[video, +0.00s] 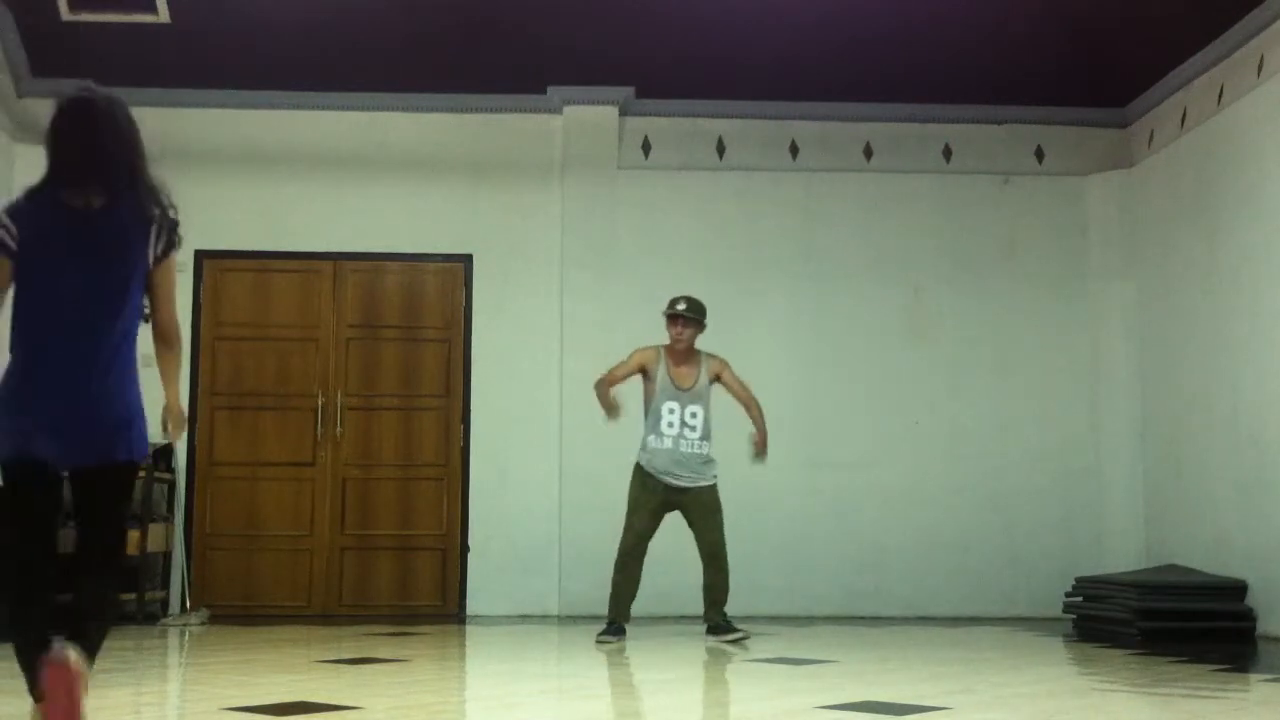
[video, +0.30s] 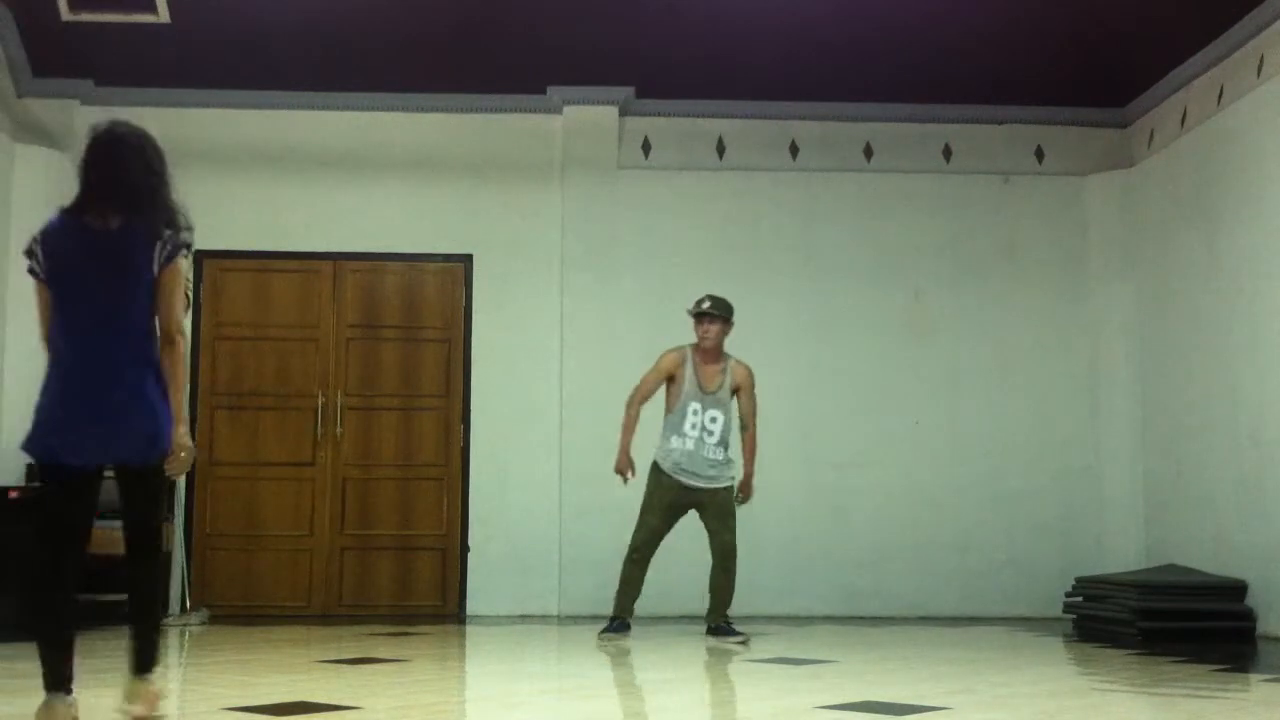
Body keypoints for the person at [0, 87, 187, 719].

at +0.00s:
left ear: (56, 146)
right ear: (127, 147)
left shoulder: (24, 216)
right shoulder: (150, 219)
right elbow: (165, 324)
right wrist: (173, 395)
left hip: (27, 405)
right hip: (110, 408)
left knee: (25, 550)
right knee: (105, 544)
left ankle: (46, 693)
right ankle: (75, 651)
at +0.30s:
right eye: (146, 168)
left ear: (87, 170)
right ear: (150, 174)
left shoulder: (52, 237)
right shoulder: (162, 234)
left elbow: (49, 334)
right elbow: (171, 333)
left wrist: (76, 386)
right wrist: (180, 421)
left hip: (69, 405)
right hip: (140, 408)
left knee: (60, 546)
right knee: (147, 542)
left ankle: (58, 694)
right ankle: (144, 679)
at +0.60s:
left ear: (126, 207)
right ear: (185, 208)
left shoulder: (97, 268)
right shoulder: (200, 267)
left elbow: (90, 359)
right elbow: (208, 358)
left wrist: (108, 412)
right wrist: (221, 440)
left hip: (118, 433)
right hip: (184, 430)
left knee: (124, 547)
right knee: (177, 558)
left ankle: (110, 616)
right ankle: (158, 684)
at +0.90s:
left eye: (164, 233)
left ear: (160, 239)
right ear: (214, 238)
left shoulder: (139, 292)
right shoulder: (232, 294)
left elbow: (114, 364)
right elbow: (252, 370)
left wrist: (89, 429)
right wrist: (254, 415)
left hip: (146, 446)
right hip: (205, 445)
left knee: (160, 554)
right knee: (179, 554)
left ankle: (180, 660)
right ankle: (154, 670)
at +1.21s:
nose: (179, 248)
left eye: (183, 241)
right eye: (182, 239)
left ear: (194, 248)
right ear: (234, 248)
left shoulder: (175, 301)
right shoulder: (256, 306)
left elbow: (156, 379)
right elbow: (262, 382)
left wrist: (135, 439)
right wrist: (264, 442)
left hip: (177, 440)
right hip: (235, 440)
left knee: (175, 546)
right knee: (211, 535)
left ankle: (182, 664)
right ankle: (217, 611)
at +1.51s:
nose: (211, 276)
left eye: (218, 269)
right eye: (213, 269)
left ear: (238, 274)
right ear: (249, 275)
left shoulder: (240, 324)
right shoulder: (261, 325)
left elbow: (217, 382)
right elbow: (269, 397)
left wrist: (194, 419)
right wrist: (273, 456)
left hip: (230, 450)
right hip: (251, 450)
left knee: (213, 549)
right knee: (241, 548)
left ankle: (210, 655)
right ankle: (264, 643)